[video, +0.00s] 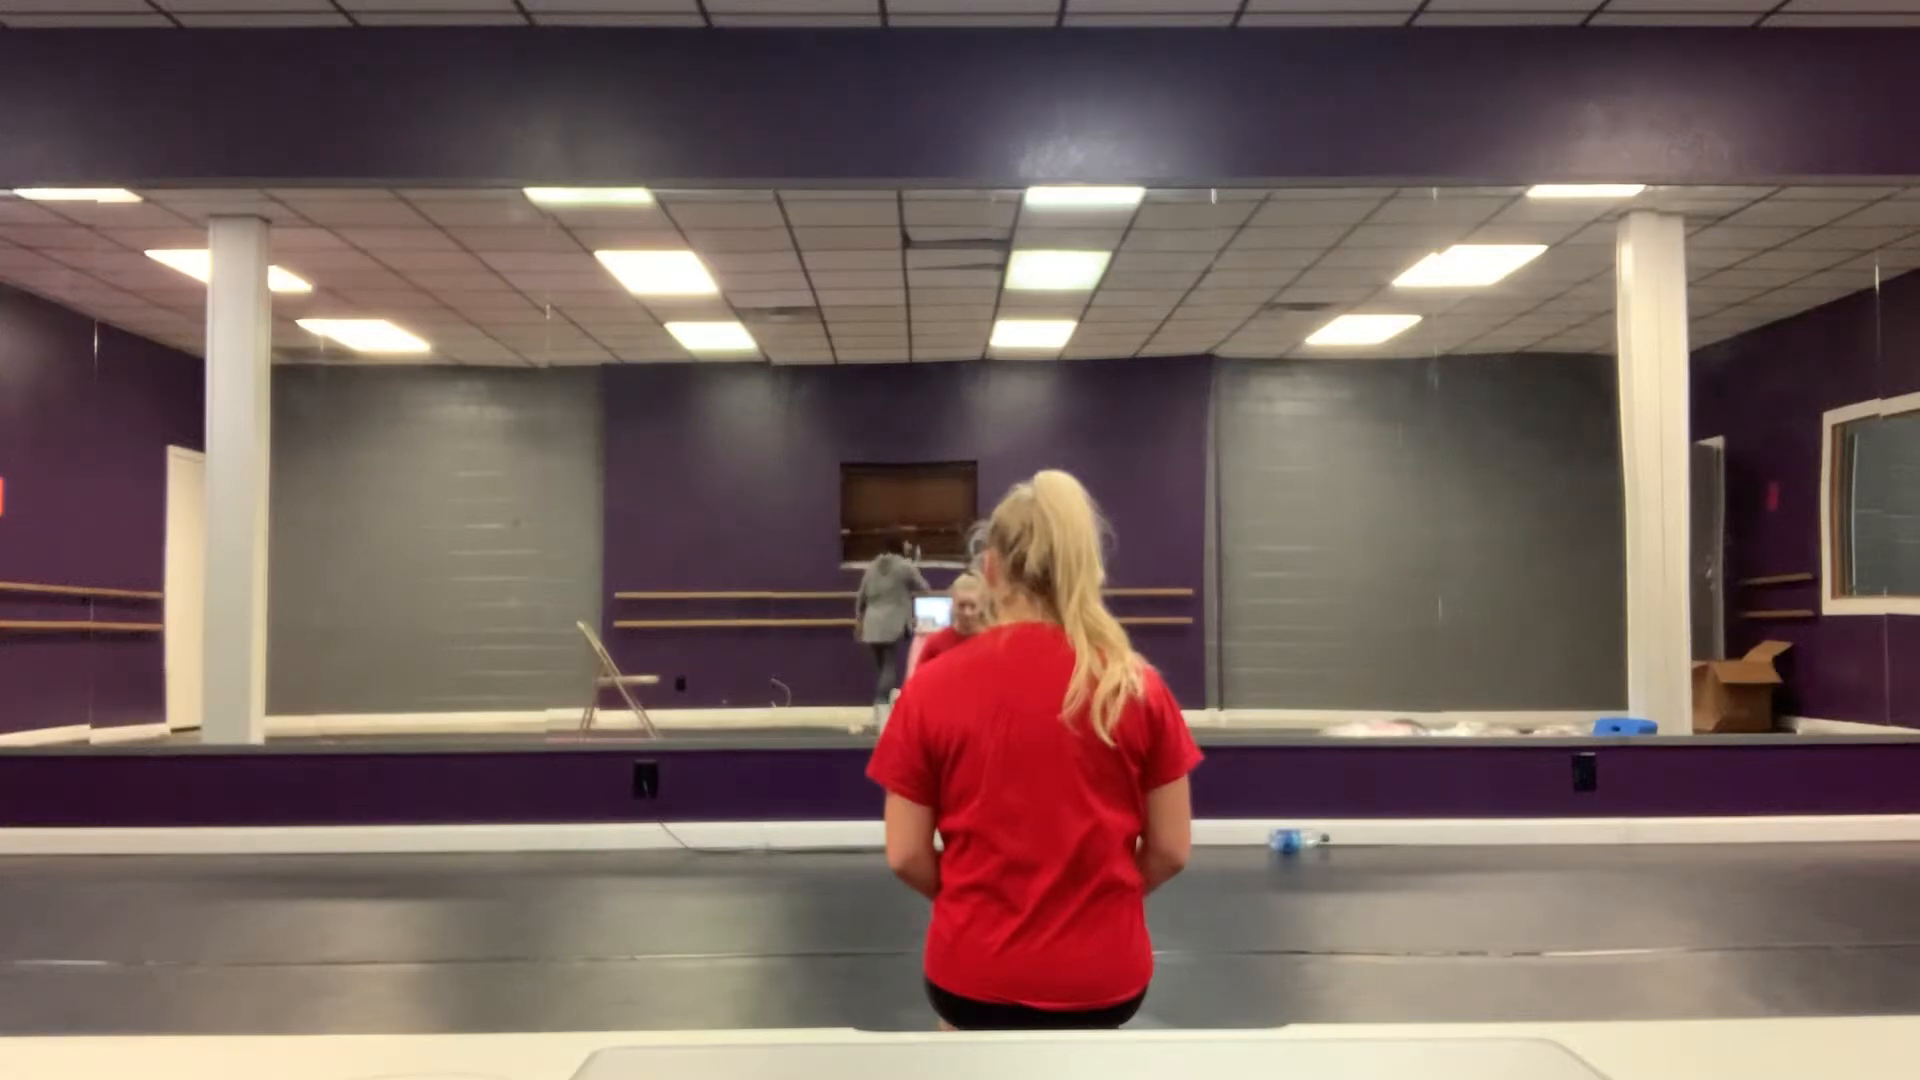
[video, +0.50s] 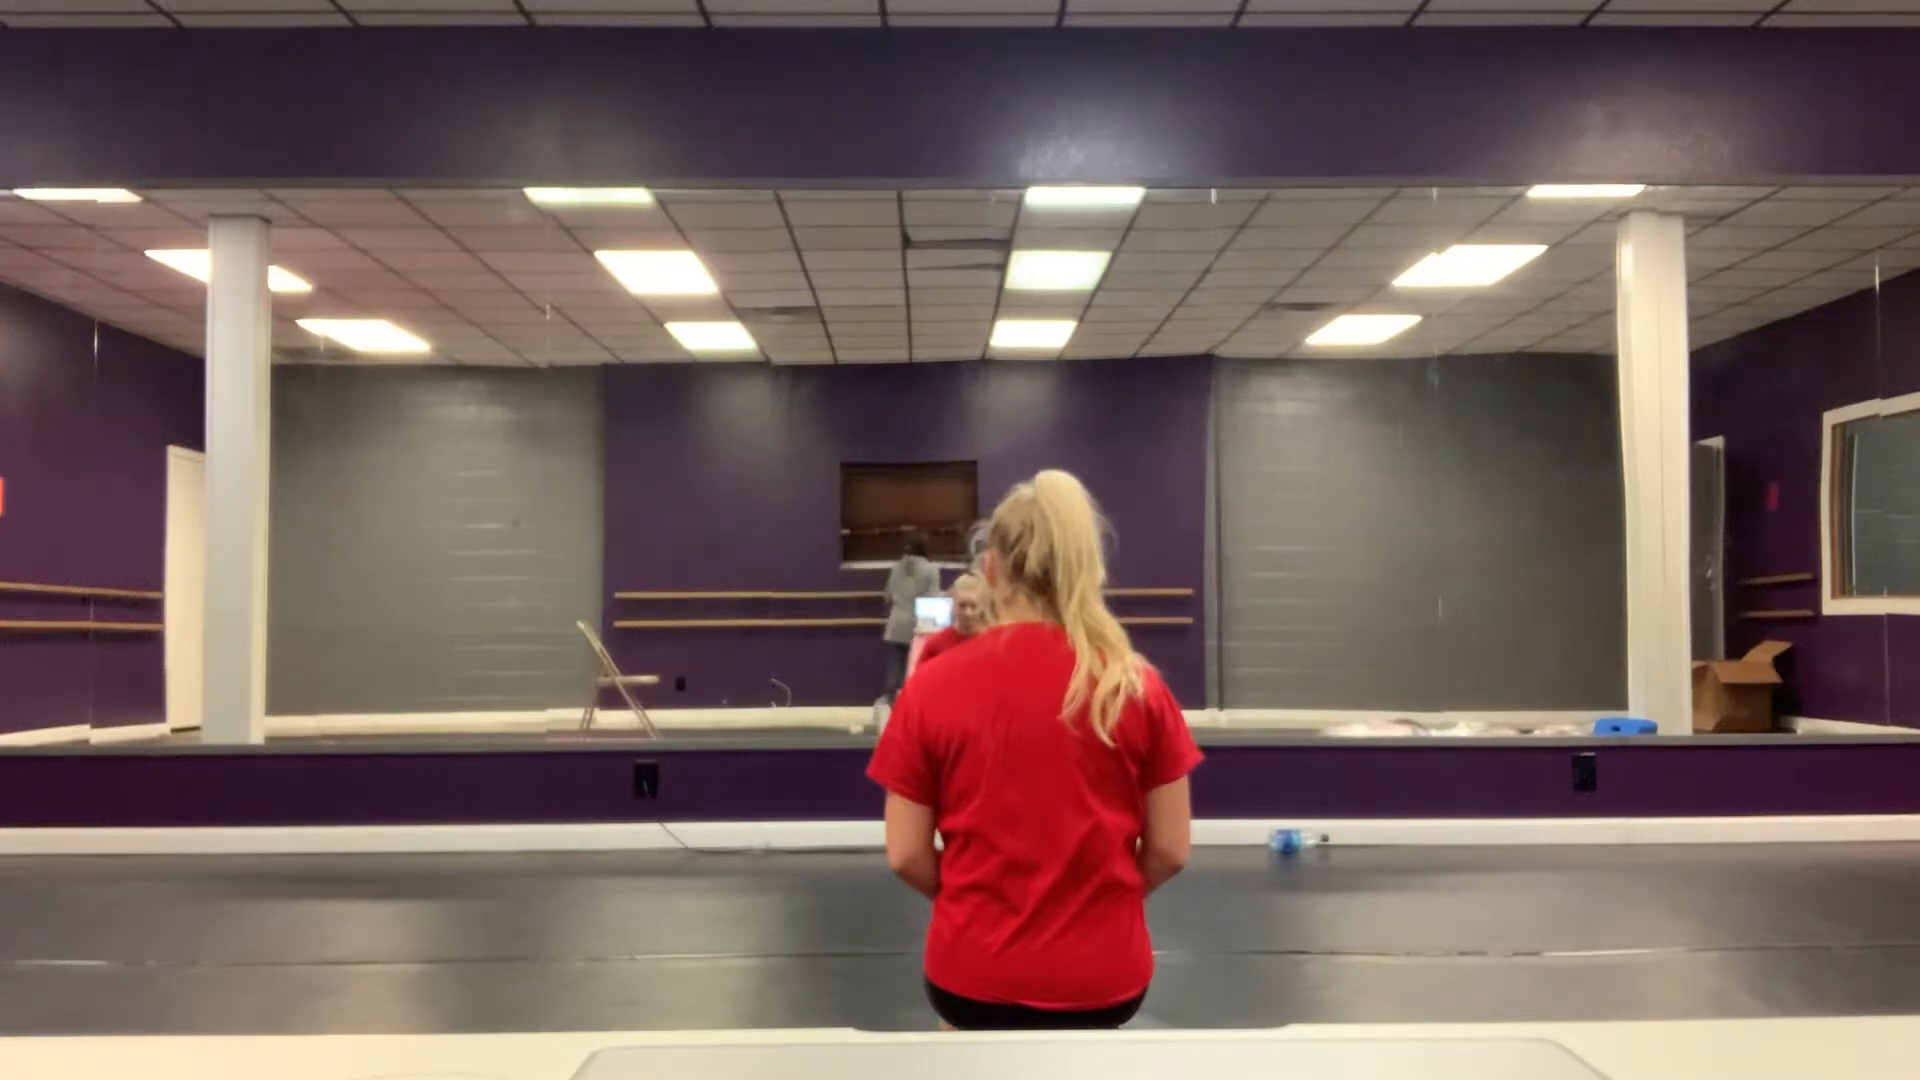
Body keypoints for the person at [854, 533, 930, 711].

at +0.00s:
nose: (905, 546)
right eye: (903, 543)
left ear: (884, 546)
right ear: (900, 546)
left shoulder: (872, 567)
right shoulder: (906, 566)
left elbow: (861, 595)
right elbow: (924, 588)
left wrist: (858, 618)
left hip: (872, 620)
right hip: (895, 620)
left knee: (880, 665)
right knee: (890, 664)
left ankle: (883, 702)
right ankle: (881, 702)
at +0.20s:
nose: (913, 546)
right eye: (911, 543)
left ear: (889, 544)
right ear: (907, 545)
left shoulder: (880, 566)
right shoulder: (910, 566)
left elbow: (871, 593)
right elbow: (923, 590)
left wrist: (872, 611)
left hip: (880, 621)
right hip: (903, 621)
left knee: (886, 667)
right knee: (901, 668)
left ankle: (881, 699)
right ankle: (893, 700)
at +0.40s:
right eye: (919, 543)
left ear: (900, 545)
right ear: (918, 545)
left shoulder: (891, 565)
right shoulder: (921, 567)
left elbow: (882, 592)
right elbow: (925, 593)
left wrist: (891, 602)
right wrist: (940, 594)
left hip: (888, 621)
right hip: (909, 622)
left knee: (889, 664)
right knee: (905, 666)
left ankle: (887, 696)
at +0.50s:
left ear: (906, 546)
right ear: (925, 546)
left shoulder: (897, 567)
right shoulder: (930, 569)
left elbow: (889, 594)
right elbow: (934, 596)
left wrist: (897, 606)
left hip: (897, 621)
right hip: (920, 622)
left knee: (894, 662)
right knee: (916, 663)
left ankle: (890, 695)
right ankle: (913, 699)